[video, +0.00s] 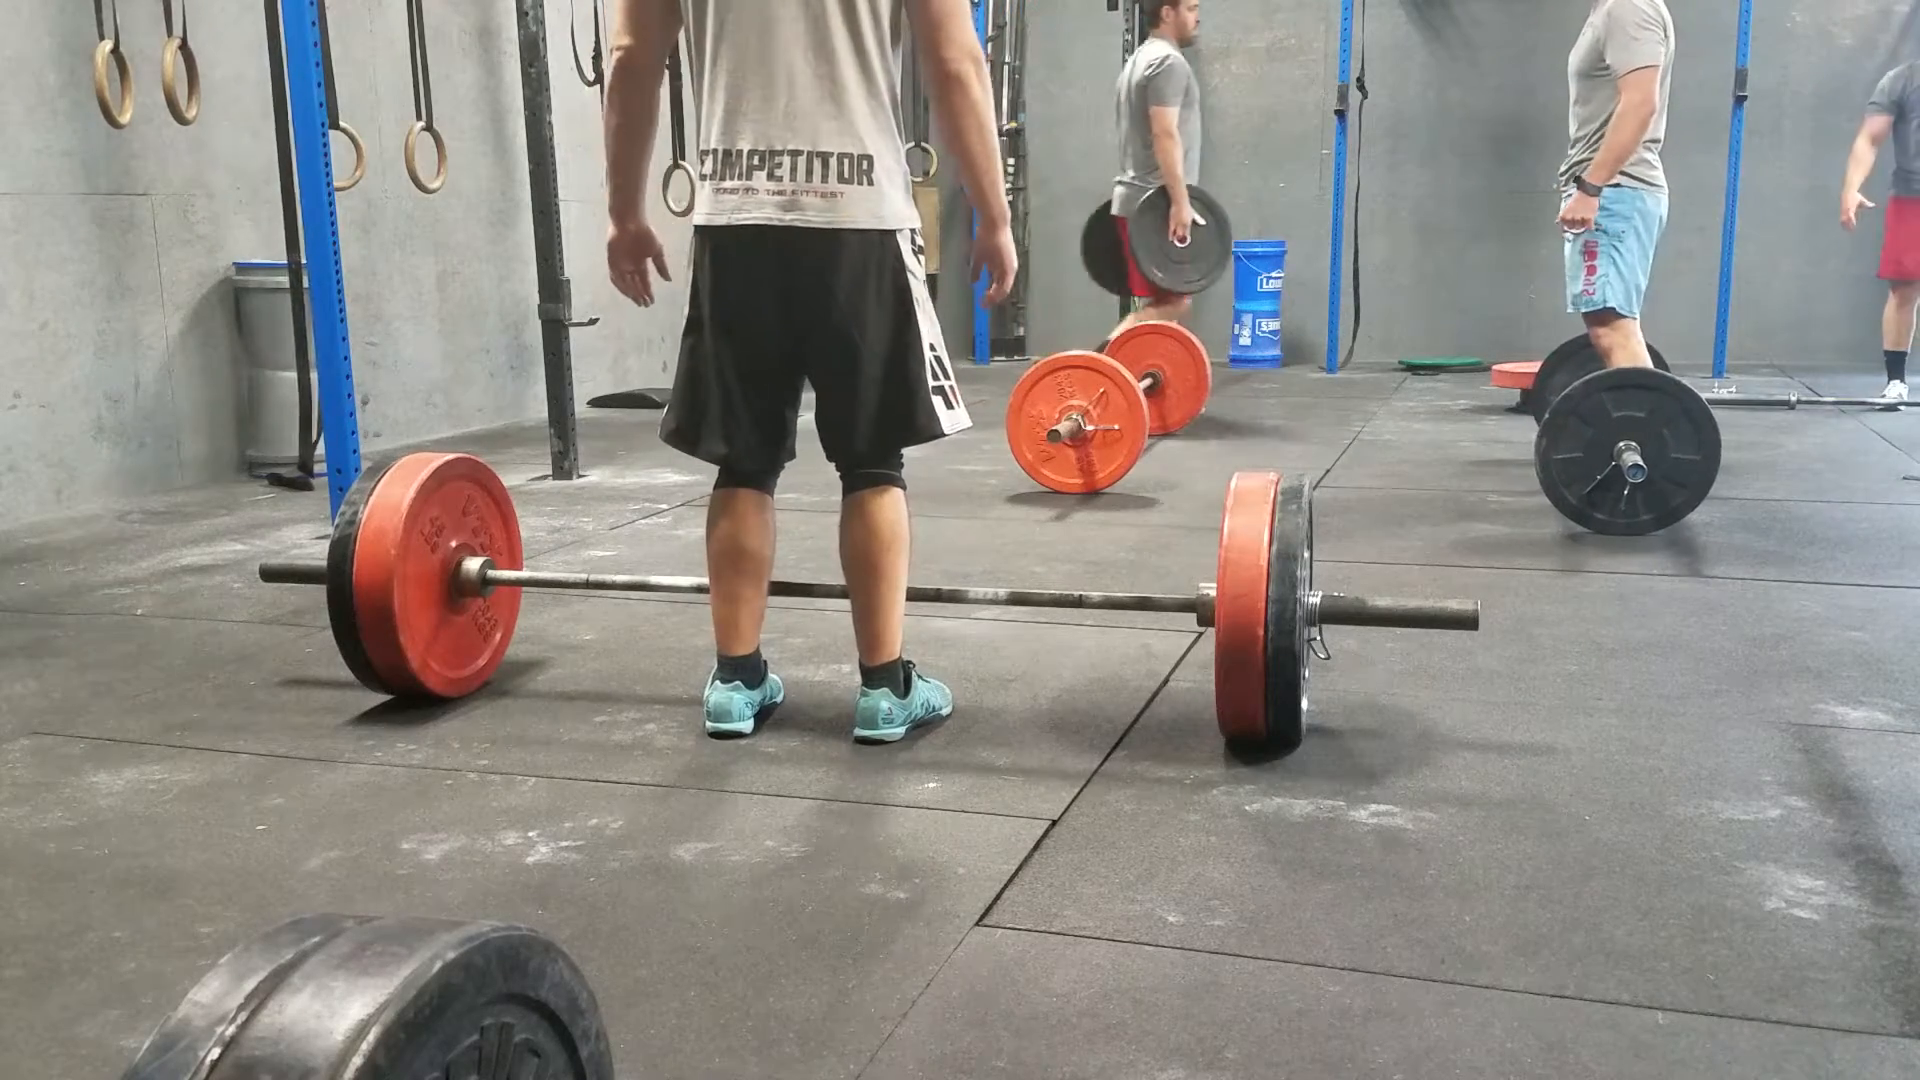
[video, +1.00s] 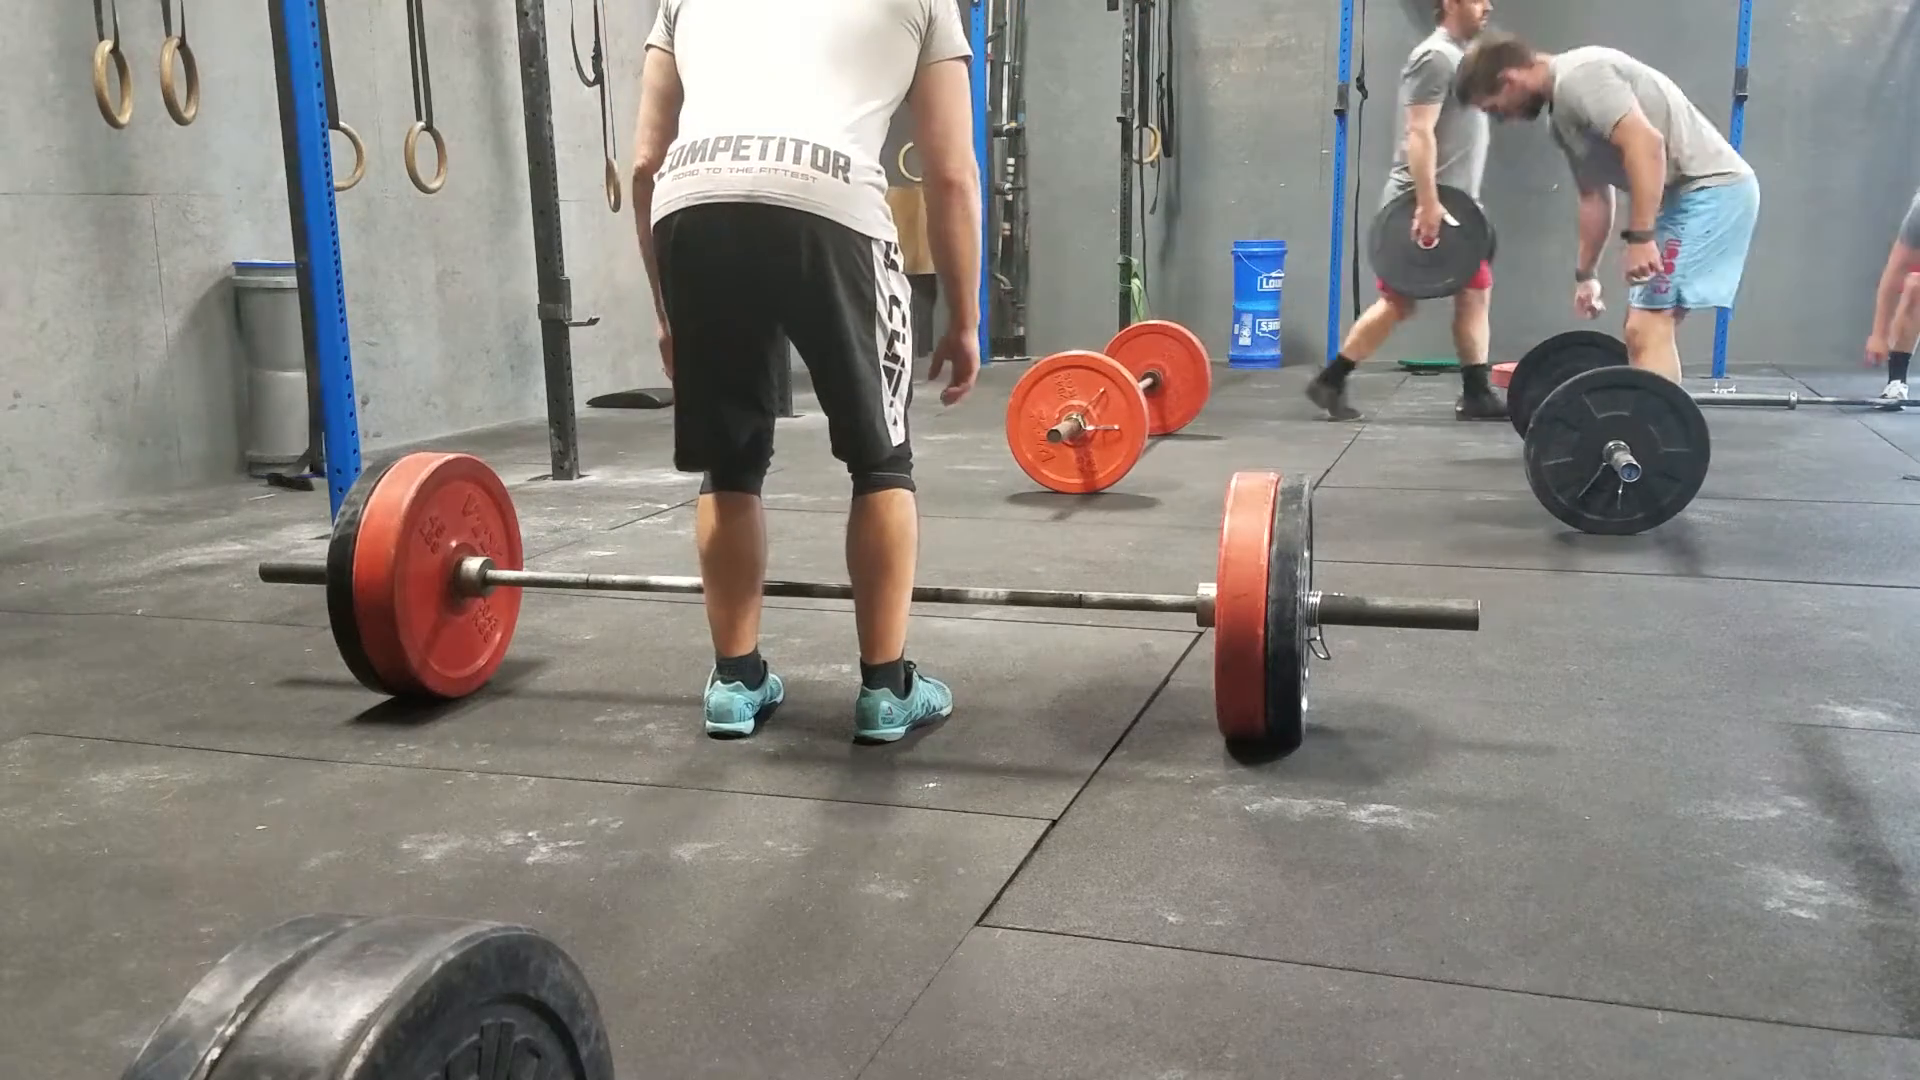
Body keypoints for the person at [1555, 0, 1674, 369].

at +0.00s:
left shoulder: (1629, 9)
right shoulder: (1614, 10)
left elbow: (1639, 103)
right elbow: (1630, 106)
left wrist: (1590, 187)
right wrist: (1585, 187)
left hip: (1619, 191)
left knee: (1612, 331)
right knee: (1615, 329)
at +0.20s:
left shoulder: (1630, 9)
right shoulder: (1617, 10)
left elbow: (1637, 105)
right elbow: (1628, 108)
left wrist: (1586, 188)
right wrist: (1582, 187)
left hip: (1616, 192)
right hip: (1617, 192)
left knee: (1603, 330)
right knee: (1608, 329)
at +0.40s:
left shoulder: (1631, 8)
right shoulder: (1616, 9)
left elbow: (1643, 100)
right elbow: (1618, 108)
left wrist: (1599, 185)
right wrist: (1584, 188)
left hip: (1626, 190)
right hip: (1622, 190)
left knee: (1600, 327)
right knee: (1601, 328)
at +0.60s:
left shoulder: (1628, 8)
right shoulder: (1604, 13)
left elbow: (1651, 98)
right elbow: (1614, 110)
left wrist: (1611, 186)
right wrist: (1591, 186)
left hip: (1643, 184)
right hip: (1631, 185)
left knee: (1627, 327)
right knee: (1627, 326)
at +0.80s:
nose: (1520, 25)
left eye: (1517, 12)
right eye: (1514, 17)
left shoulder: (1612, 21)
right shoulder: (1585, 36)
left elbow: (1656, 107)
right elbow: (1607, 133)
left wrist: (1622, 198)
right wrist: (1588, 207)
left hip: (1674, 183)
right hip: (1650, 185)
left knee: (1639, 329)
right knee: (1638, 329)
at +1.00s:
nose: (1501, 119)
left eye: (1495, 109)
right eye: (1493, 114)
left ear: (1512, 76)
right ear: (1511, 76)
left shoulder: (1580, 77)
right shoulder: (1562, 115)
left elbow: (1645, 144)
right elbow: (1593, 195)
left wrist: (1640, 236)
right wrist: (1586, 274)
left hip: (1711, 188)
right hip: (1686, 192)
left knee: (1646, 328)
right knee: (1647, 331)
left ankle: (1659, 458)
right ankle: (1661, 457)